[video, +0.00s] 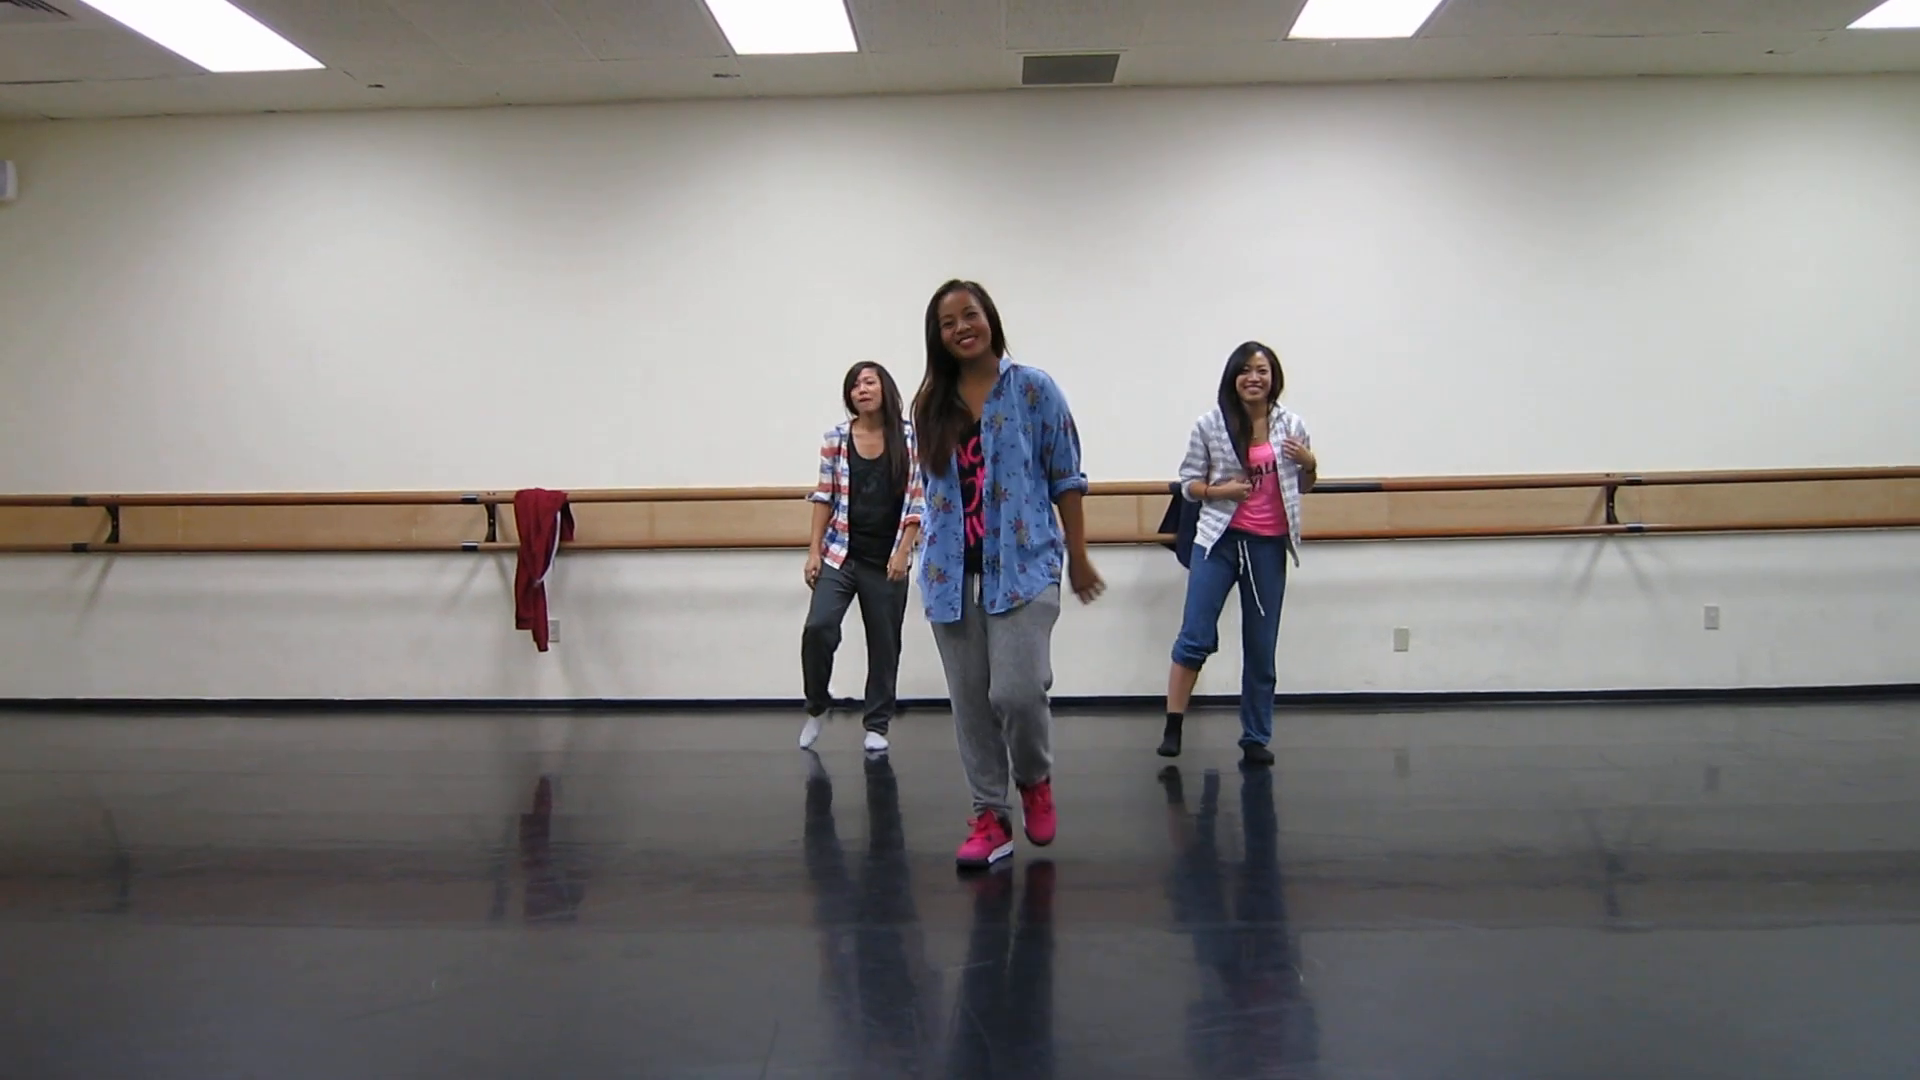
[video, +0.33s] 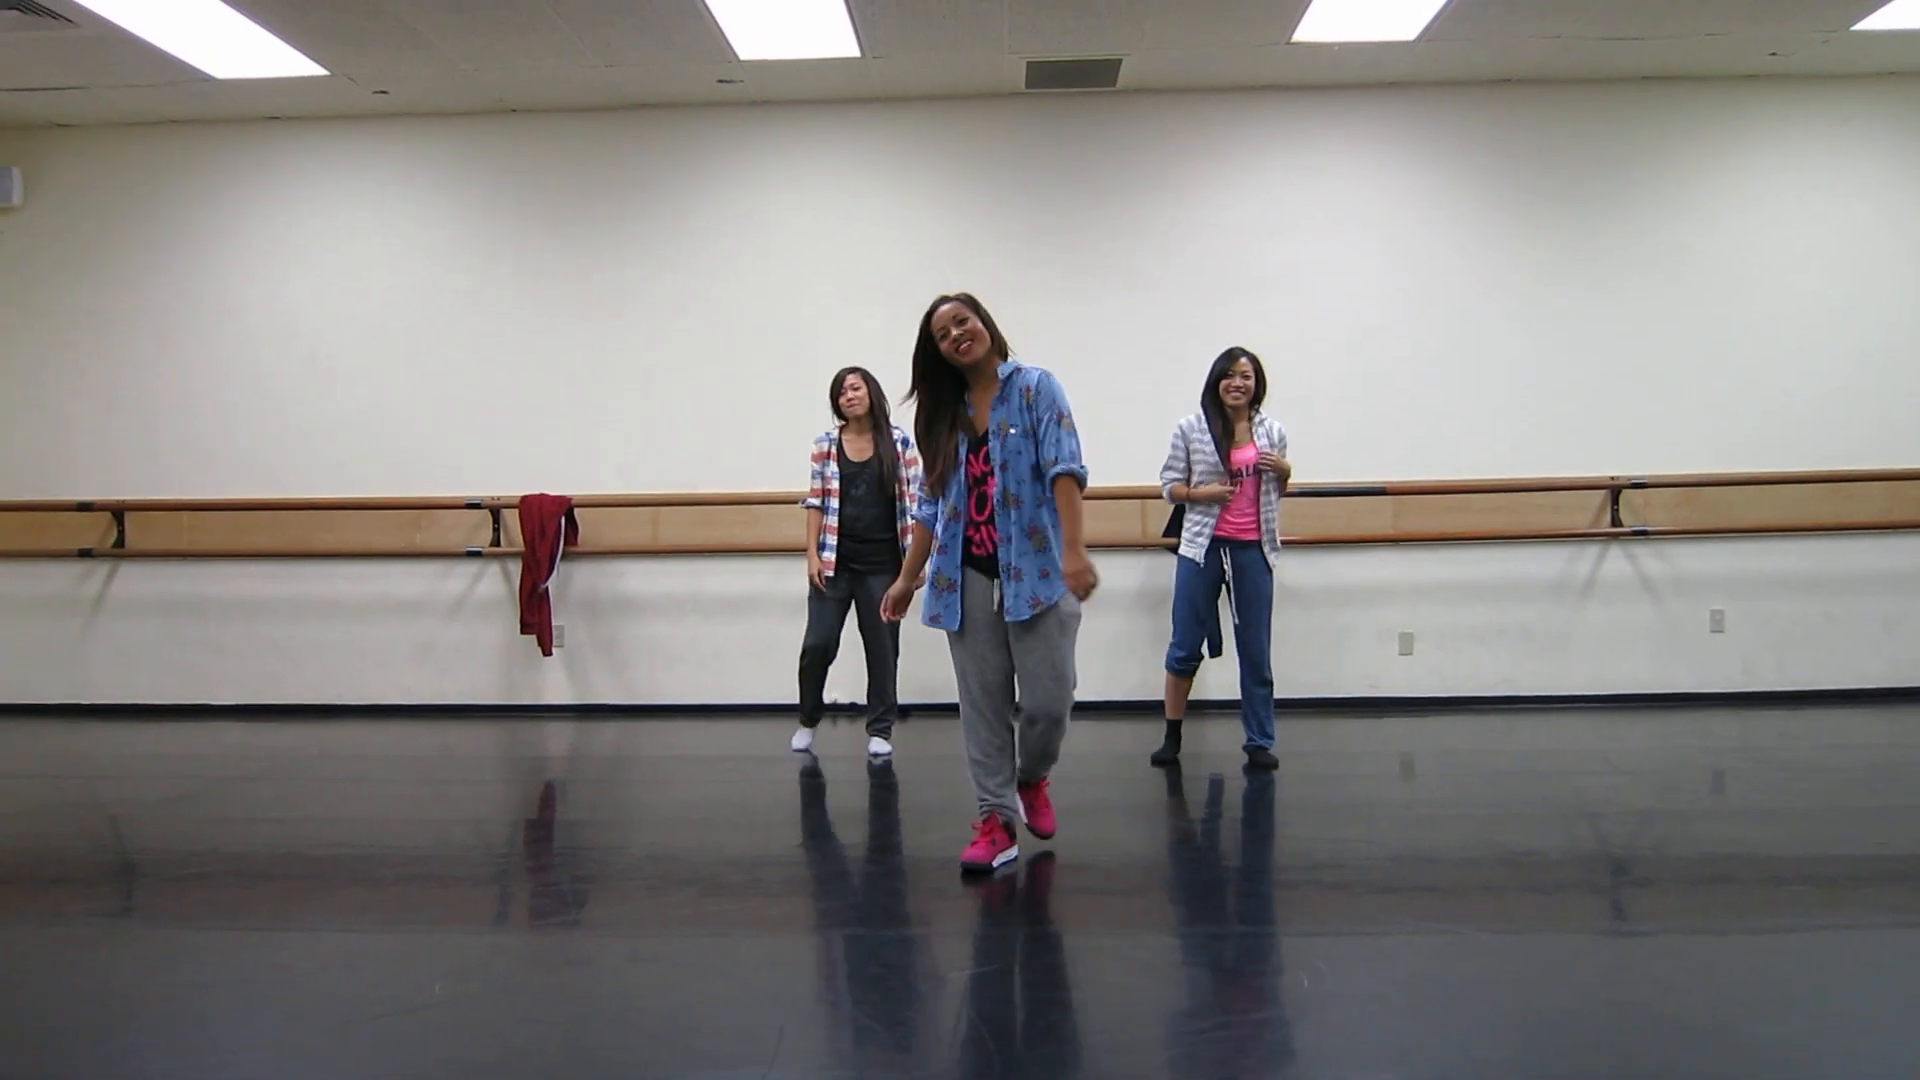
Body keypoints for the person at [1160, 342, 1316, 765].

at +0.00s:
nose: (1254, 377)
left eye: (1262, 371)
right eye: (1246, 371)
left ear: (1274, 378)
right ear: (1232, 378)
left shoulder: (1290, 423)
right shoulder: (1210, 426)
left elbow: (1303, 488)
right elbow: (1188, 486)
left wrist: (1309, 464)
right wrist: (1221, 489)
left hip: (1268, 543)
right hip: (1217, 539)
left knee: (1261, 648)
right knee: (1195, 634)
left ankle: (1256, 740)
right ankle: (1173, 726)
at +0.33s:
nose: (1237, 383)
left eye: (1246, 377)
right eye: (1230, 376)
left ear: (1257, 384)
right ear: (1215, 382)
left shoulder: (1270, 430)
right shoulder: (1190, 429)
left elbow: (1278, 490)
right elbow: (1170, 487)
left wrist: (1284, 471)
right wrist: (1202, 492)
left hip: (1253, 546)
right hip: (1201, 544)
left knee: (1256, 650)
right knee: (1186, 645)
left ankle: (1259, 745)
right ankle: (1171, 739)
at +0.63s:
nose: (1210, 389)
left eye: (1219, 383)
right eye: (1202, 382)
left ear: (1230, 392)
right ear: (1189, 390)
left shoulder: (1244, 438)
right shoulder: (1163, 437)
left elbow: (1250, 501)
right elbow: (1142, 492)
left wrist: (1255, 479)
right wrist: (1166, 504)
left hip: (1224, 555)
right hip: (1174, 553)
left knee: (1239, 653)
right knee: (1171, 654)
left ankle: (1258, 747)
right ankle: (1170, 744)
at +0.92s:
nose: (1193, 391)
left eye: (1202, 385)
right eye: (1186, 384)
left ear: (1214, 392)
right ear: (1171, 391)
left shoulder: (1227, 437)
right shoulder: (1149, 439)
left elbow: (1237, 506)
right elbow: (1133, 499)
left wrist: (1231, 478)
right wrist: (1169, 493)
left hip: (1217, 554)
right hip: (1167, 554)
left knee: (1237, 652)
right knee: (1169, 656)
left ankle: (1260, 747)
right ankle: (1173, 748)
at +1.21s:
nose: (1204, 390)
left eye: (1212, 384)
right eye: (1195, 383)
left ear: (1222, 391)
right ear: (1181, 391)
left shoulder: (1237, 438)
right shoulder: (1164, 439)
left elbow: (1260, 505)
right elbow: (1142, 492)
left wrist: (1256, 479)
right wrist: (1170, 481)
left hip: (1230, 555)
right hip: (1180, 556)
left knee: (1261, 650)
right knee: (1177, 654)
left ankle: (1290, 741)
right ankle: (1175, 748)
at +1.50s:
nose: (1245, 399)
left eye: (1252, 392)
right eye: (1236, 393)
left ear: (1263, 400)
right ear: (1222, 403)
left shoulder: (1280, 449)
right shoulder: (1202, 451)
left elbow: (1287, 503)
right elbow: (1186, 513)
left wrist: (1291, 514)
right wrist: (1197, 567)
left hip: (1268, 565)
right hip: (1216, 564)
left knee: (1290, 661)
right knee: (1201, 660)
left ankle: (1306, 752)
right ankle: (1177, 751)